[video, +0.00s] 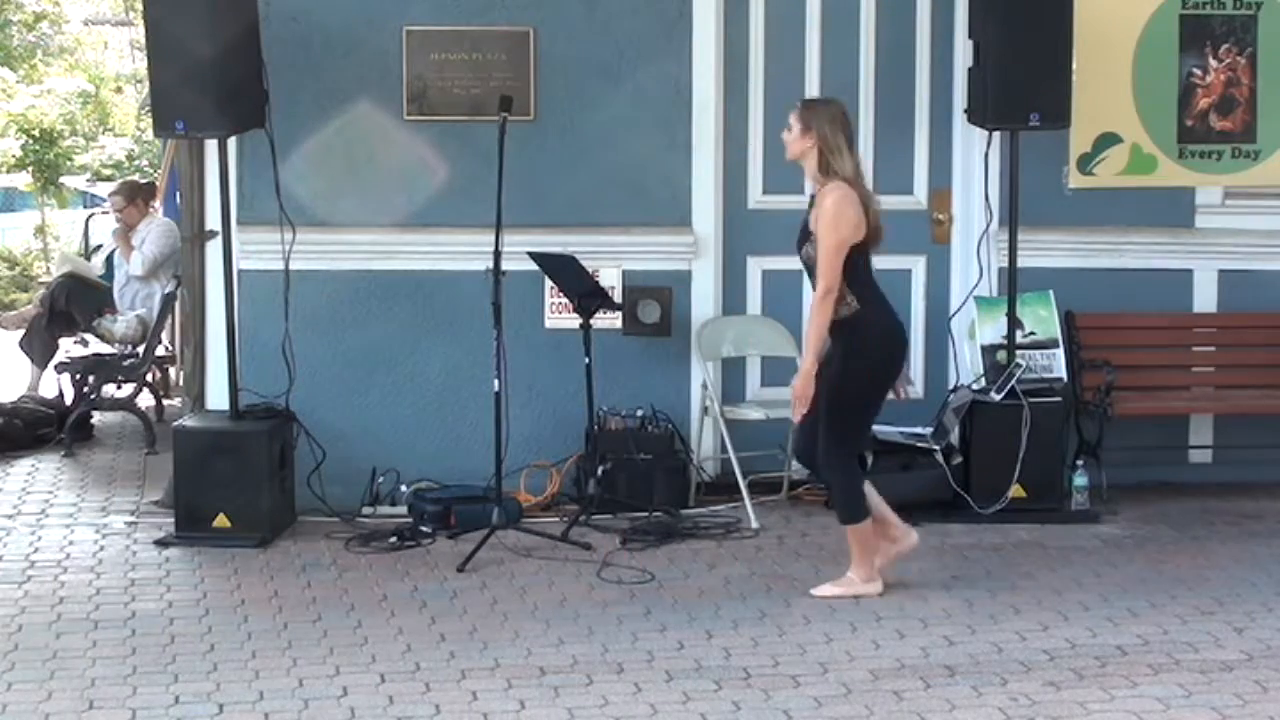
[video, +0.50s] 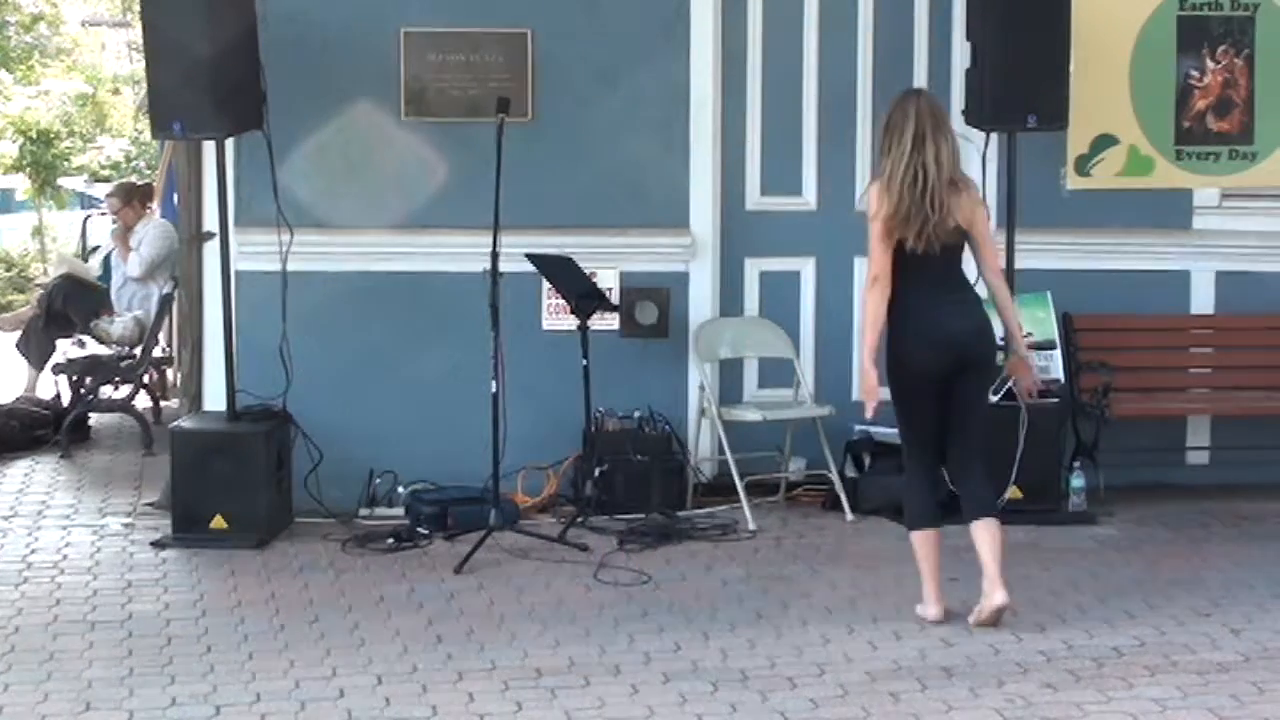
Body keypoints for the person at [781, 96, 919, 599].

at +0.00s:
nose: (785, 138)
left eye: (792, 130)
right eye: (787, 130)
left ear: (814, 137)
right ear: (818, 138)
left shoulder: (837, 199)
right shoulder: (825, 195)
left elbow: (827, 292)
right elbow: (845, 287)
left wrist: (807, 368)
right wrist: (889, 358)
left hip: (868, 338)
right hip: (853, 335)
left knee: (834, 448)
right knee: (807, 443)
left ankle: (863, 572)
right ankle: (892, 530)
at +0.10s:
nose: (820, 153)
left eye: (823, 147)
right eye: (823, 146)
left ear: (832, 152)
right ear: (872, 152)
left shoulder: (839, 211)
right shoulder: (880, 207)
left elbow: (830, 303)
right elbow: (891, 292)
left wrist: (811, 378)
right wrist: (902, 368)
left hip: (869, 348)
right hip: (895, 341)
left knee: (827, 453)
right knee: (847, 451)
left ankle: (863, 571)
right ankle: (938, 521)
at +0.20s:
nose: (839, 155)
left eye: (841, 148)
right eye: (844, 147)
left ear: (847, 149)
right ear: (891, 146)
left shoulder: (850, 208)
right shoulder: (910, 199)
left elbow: (847, 299)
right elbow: (912, 280)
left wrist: (841, 377)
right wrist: (901, 334)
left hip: (875, 348)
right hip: (920, 345)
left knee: (834, 454)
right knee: (910, 452)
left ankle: (863, 571)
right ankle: (975, 548)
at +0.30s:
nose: (855, 147)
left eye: (858, 139)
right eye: (859, 138)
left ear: (865, 143)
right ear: (913, 142)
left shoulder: (863, 201)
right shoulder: (934, 196)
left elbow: (867, 289)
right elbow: (933, 270)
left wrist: (870, 363)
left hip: (897, 334)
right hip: (946, 332)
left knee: (860, 454)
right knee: (962, 452)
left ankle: (871, 572)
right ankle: (993, 584)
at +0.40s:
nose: (873, 142)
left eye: (877, 133)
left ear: (882, 139)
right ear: (931, 141)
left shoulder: (877, 194)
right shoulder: (948, 196)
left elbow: (882, 281)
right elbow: (963, 272)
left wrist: (881, 362)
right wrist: (944, 318)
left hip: (913, 334)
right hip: (962, 329)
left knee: (886, 447)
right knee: (982, 452)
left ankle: (918, 574)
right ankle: (1001, 590)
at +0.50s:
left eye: (890, 131)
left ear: (893, 135)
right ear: (944, 135)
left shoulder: (884, 193)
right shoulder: (965, 194)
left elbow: (879, 281)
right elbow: (993, 275)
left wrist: (868, 360)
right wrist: (1018, 346)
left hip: (914, 339)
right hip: (970, 334)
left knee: (919, 461)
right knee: (971, 458)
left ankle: (932, 599)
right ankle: (995, 585)